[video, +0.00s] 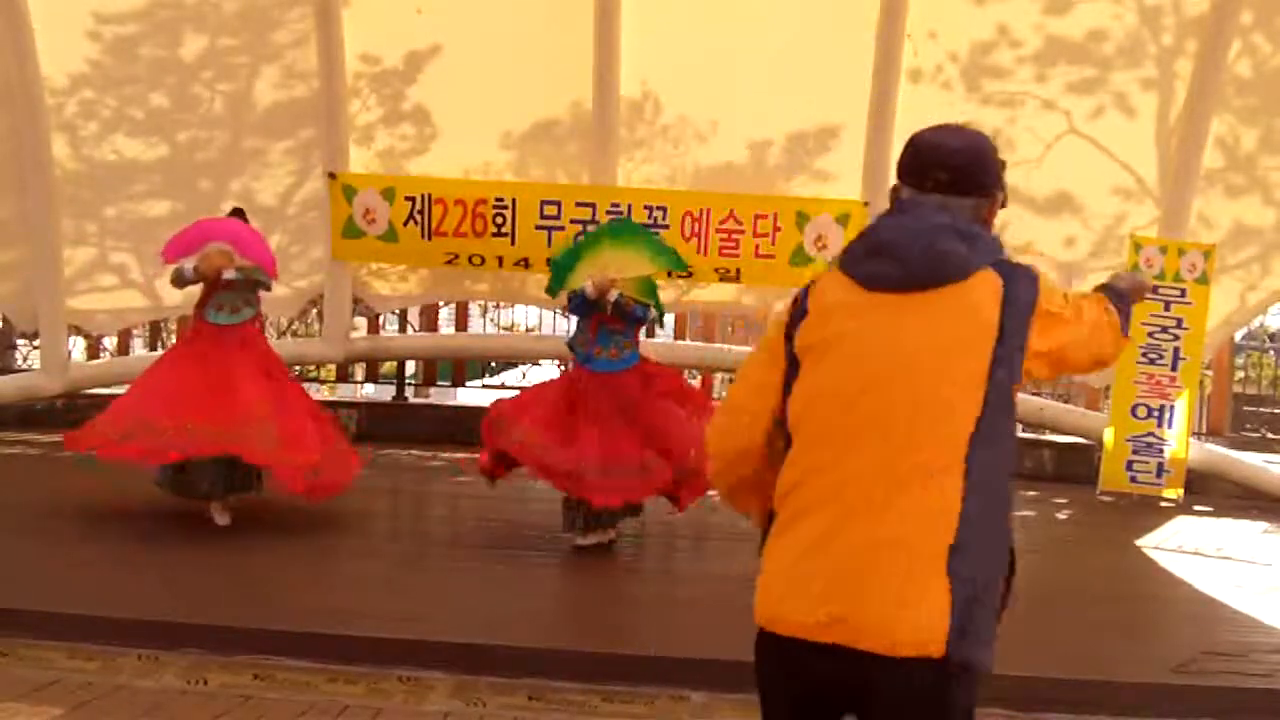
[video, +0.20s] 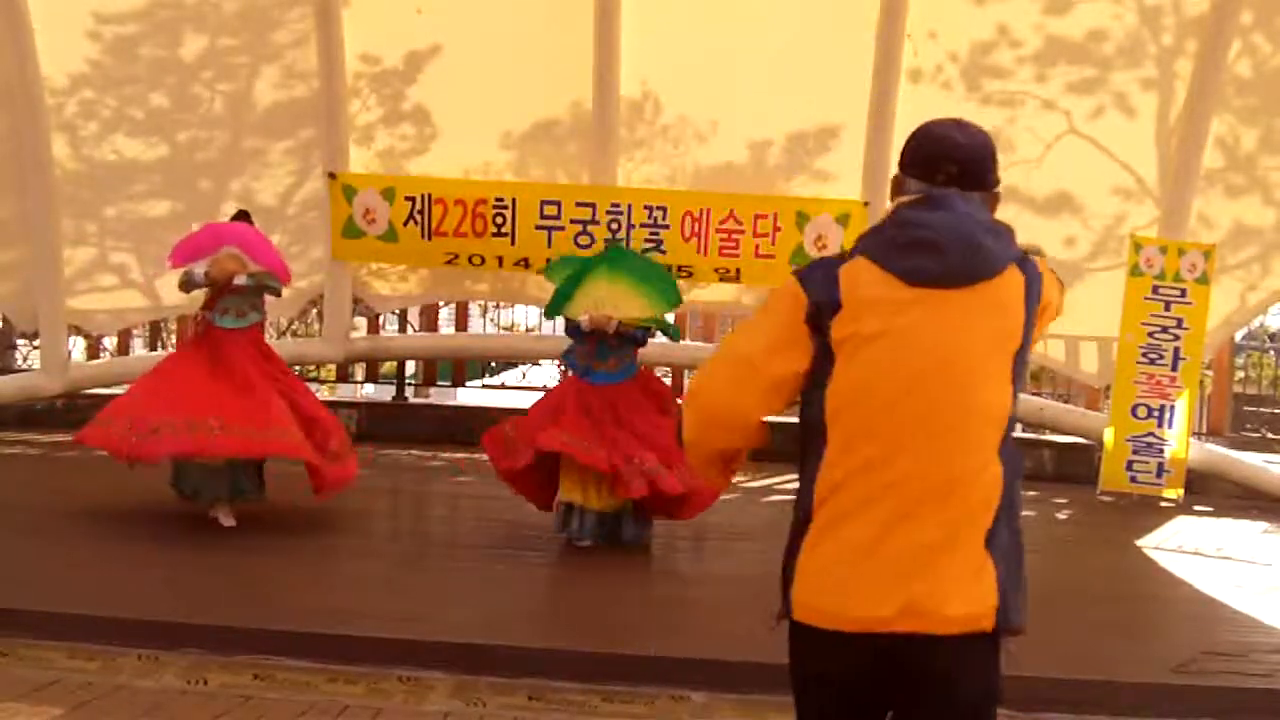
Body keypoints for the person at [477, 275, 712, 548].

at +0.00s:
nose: (611, 272)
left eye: (618, 266)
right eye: (605, 266)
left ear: (631, 264)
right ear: (594, 266)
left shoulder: (639, 285)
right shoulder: (585, 291)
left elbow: (645, 314)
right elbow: (575, 306)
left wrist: (615, 300)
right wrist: (592, 294)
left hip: (623, 371)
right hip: (587, 370)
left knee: (614, 448)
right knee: (585, 447)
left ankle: (608, 524)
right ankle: (588, 524)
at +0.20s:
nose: (609, 299)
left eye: (617, 296)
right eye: (604, 296)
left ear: (631, 288)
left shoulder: (639, 306)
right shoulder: (580, 295)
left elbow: (643, 336)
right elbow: (568, 326)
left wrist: (615, 327)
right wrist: (586, 323)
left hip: (624, 382)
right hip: (584, 381)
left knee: (624, 452)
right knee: (581, 452)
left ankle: (623, 524)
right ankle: (581, 524)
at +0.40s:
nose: (600, 288)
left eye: (606, 283)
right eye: (595, 282)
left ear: (618, 285)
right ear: (588, 281)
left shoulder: (631, 320)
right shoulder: (577, 320)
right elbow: (560, 356)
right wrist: (575, 370)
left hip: (624, 402)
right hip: (583, 401)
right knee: (581, 460)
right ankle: (575, 530)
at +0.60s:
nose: (594, 296)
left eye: (602, 290)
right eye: (590, 290)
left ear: (615, 290)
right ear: (583, 290)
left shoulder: (629, 320)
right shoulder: (573, 320)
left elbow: (651, 361)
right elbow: (555, 359)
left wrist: (629, 374)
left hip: (619, 398)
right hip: (580, 398)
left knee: (626, 458)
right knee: (574, 455)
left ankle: (632, 524)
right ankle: (569, 524)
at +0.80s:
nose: (590, 294)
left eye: (597, 288)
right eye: (584, 288)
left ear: (610, 289)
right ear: (578, 287)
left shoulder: (625, 318)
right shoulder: (570, 315)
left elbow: (654, 362)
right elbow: (549, 359)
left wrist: (638, 387)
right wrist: (534, 400)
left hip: (615, 399)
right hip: (577, 397)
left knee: (616, 459)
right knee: (575, 458)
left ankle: (618, 524)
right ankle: (573, 524)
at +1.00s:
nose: (586, 283)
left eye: (593, 278)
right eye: (581, 276)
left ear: (607, 280)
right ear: (576, 278)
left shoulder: (621, 313)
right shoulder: (564, 310)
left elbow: (647, 350)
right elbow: (538, 352)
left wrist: (647, 382)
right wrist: (516, 390)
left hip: (608, 395)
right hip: (569, 393)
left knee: (606, 458)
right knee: (568, 457)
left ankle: (603, 526)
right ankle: (568, 524)